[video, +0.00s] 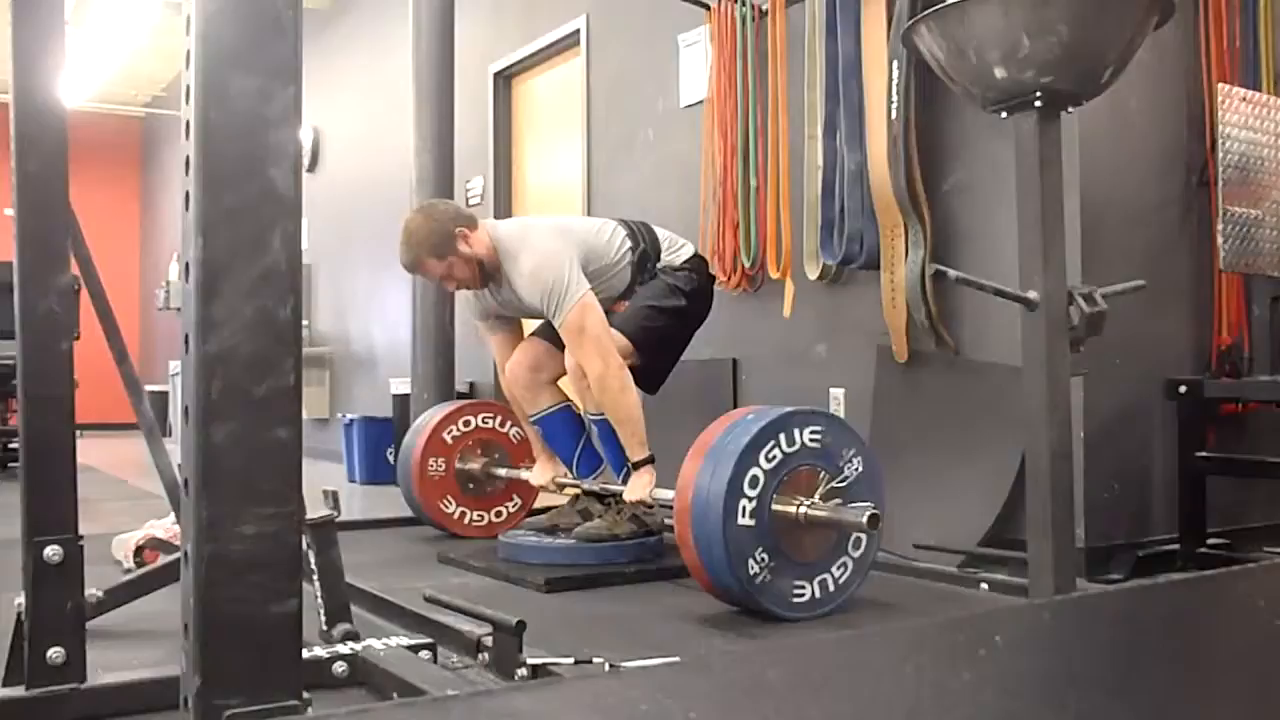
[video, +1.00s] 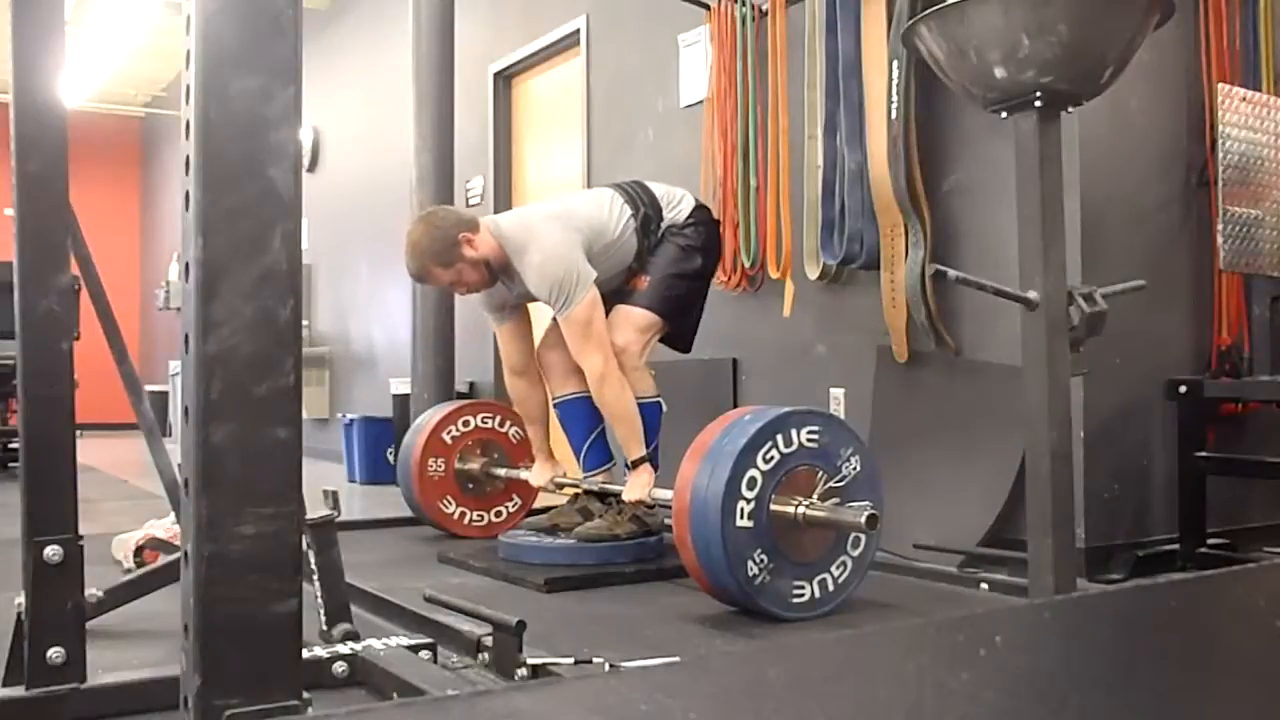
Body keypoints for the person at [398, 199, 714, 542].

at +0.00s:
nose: (449, 287)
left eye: (448, 274)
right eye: (440, 282)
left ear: (466, 238)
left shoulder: (538, 258)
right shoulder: (481, 287)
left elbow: (599, 363)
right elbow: (513, 372)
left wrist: (642, 467)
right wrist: (543, 457)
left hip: (673, 273)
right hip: (606, 290)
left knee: (585, 364)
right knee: (523, 373)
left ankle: (629, 490)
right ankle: (595, 487)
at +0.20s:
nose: (447, 290)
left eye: (445, 277)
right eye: (438, 286)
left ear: (463, 241)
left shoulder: (534, 261)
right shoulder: (478, 293)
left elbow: (596, 365)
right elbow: (511, 376)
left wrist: (641, 467)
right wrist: (542, 458)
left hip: (670, 275)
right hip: (603, 292)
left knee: (582, 367)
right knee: (522, 374)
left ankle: (629, 492)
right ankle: (594, 487)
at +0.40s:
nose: (443, 292)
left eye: (440, 280)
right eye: (434, 287)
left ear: (459, 243)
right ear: (457, 243)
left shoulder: (533, 261)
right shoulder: (478, 287)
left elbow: (596, 364)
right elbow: (510, 373)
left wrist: (640, 468)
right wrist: (542, 455)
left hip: (668, 269)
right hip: (604, 287)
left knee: (581, 364)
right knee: (523, 372)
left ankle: (630, 491)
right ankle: (596, 487)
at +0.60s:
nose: (445, 292)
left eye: (442, 280)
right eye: (436, 288)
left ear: (461, 243)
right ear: (460, 244)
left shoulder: (532, 256)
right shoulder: (483, 288)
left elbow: (598, 362)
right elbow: (513, 371)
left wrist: (639, 466)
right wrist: (542, 457)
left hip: (673, 243)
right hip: (613, 264)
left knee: (603, 352)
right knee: (537, 360)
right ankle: (599, 486)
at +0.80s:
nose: (456, 295)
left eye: (452, 283)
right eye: (446, 290)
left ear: (466, 246)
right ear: (466, 245)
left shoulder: (541, 251)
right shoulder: (489, 282)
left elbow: (601, 361)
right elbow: (518, 370)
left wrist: (640, 464)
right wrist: (542, 457)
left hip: (677, 223)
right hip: (617, 247)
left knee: (622, 346)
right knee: (553, 355)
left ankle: (642, 493)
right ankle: (601, 491)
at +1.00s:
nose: (461, 293)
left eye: (457, 282)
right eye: (451, 290)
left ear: (469, 244)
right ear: (469, 243)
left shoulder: (546, 253)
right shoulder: (492, 281)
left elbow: (602, 365)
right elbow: (519, 372)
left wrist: (640, 465)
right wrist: (542, 457)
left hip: (680, 226)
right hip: (620, 249)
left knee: (622, 346)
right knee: (554, 354)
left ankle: (642, 492)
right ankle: (601, 488)